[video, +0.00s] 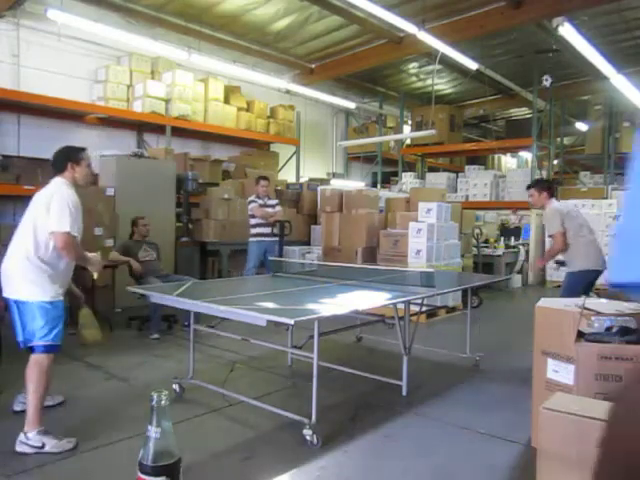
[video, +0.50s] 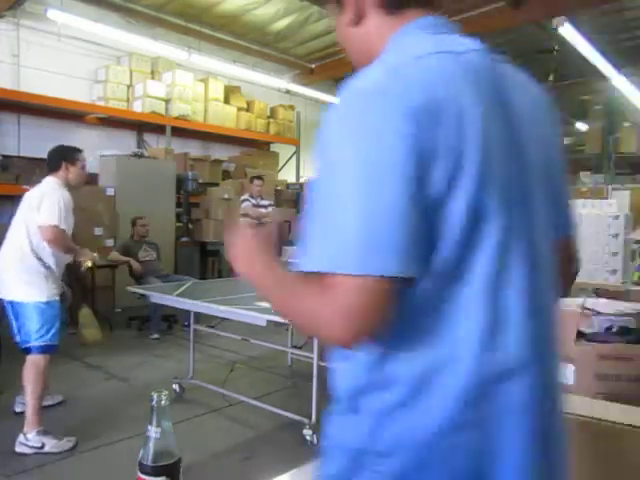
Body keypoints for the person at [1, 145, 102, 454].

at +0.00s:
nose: (92, 171)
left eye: (91, 165)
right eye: (87, 165)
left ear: (67, 168)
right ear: (72, 167)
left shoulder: (51, 191)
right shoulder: (64, 193)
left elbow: (47, 248)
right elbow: (63, 242)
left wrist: (70, 286)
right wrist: (87, 259)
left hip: (23, 279)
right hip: (36, 282)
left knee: (39, 344)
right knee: (43, 351)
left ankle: (30, 395)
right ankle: (32, 431)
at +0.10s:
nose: (92, 171)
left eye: (90, 165)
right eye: (87, 165)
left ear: (67, 168)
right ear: (71, 167)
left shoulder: (50, 190)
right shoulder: (62, 193)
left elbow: (53, 240)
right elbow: (61, 242)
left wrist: (83, 256)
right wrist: (86, 259)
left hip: (22, 280)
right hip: (35, 283)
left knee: (40, 344)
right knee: (44, 351)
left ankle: (30, 395)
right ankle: (32, 432)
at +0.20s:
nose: (91, 171)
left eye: (90, 165)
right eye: (86, 165)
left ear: (67, 167)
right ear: (70, 167)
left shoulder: (50, 190)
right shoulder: (60, 194)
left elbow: (54, 243)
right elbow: (57, 243)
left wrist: (82, 256)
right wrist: (84, 259)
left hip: (22, 281)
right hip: (33, 283)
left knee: (40, 345)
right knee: (44, 351)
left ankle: (31, 396)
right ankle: (32, 432)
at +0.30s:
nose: (90, 170)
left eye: (89, 165)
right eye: (85, 165)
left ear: (66, 167)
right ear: (69, 167)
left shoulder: (49, 191)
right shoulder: (55, 194)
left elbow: (49, 243)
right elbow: (50, 241)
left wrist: (79, 258)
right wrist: (81, 258)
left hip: (23, 281)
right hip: (30, 284)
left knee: (40, 344)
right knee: (43, 351)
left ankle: (30, 395)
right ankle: (31, 432)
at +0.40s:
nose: (88, 171)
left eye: (86, 165)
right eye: (83, 165)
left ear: (64, 167)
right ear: (67, 167)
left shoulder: (45, 190)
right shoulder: (53, 194)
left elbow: (48, 239)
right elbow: (47, 238)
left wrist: (77, 253)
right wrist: (78, 255)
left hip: (22, 283)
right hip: (32, 286)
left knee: (37, 346)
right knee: (41, 352)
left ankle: (30, 395)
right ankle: (31, 432)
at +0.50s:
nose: (85, 172)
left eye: (85, 166)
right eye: (81, 166)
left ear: (61, 167)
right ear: (66, 167)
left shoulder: (40, 190)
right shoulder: (56, 193)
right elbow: (52, 234)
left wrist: (77, 252)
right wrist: (79, 252)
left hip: (17, 282)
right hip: (33, 284)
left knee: (35, 346)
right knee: (40, 351)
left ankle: (30, 395)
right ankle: (31, 432)